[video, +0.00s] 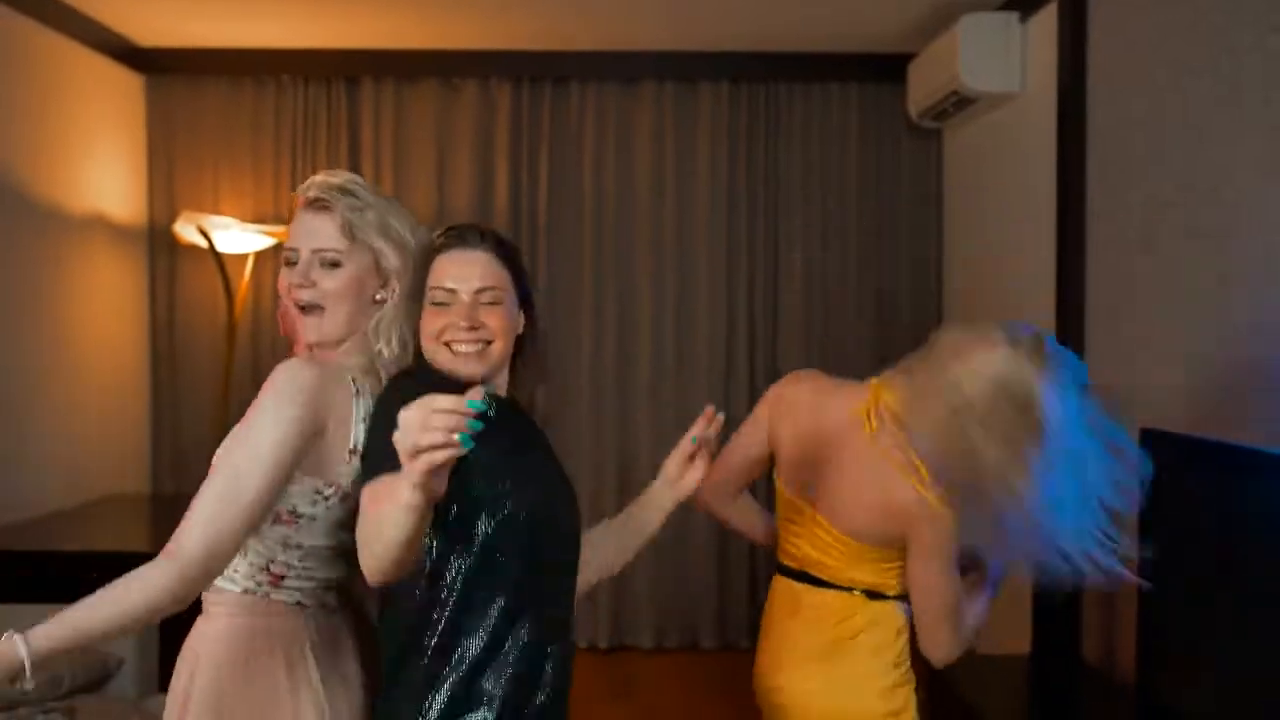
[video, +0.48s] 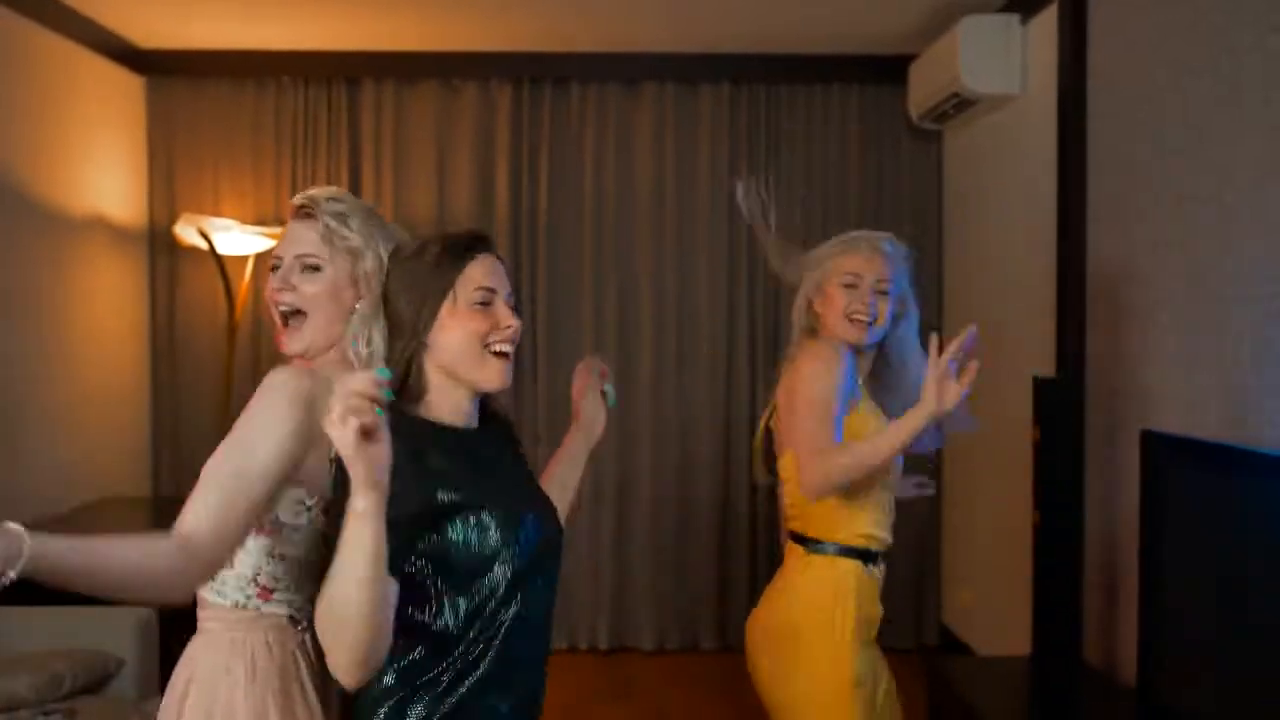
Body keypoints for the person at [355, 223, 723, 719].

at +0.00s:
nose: (465, 318)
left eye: (489, 301)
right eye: (441, 302)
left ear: (521, 318)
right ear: (419, 319)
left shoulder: (517, 424)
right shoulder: (412, 403)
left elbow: (560, 576)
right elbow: (378, 566)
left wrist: (664, 494)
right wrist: (416, 489)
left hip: (530, 697)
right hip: (439, 698)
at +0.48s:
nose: (512, 321)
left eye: (511, 304)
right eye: (483, 302)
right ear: (419, 320)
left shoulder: (497, 439)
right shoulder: (385, 447)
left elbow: (520, 551)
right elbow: (350, 664)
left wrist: (583, 435)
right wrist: (366, 491)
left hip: (509, 703)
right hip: (416, 707)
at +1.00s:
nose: (497, 294)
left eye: (485, 276)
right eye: (470, 278)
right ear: (407, 302)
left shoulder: (473, 418)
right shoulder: (395, 427)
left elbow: (543, 483)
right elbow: (544, 515)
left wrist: (639, 454)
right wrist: (644, 410)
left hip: (510, 698)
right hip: (442, 702)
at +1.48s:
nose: (508, 332)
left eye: (495, 317)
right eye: (480, 321)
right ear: (424, 349)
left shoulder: (507, 461)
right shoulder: (429, 481)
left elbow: (601, 519)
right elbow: (563, 599)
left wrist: (670, 490)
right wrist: (676, 520)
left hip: (543, 704)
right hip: (470, 707)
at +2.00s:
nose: (513, 323)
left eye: (499, 309)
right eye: (484, 312)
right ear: (427, 344)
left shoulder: (519, 457)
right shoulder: (413, 490)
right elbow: (536, 587)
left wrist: (625, 507)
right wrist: (582, 486)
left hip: (561, 700)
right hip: (472, 706)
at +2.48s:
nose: (505, 315)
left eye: (490, 302)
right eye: (475, 308)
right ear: (423, 343)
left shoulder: (517, 455)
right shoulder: (436, 468)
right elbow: (586, 550)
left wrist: (642, 493)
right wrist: (636, 463)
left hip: (559, 701)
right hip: (478, 706)